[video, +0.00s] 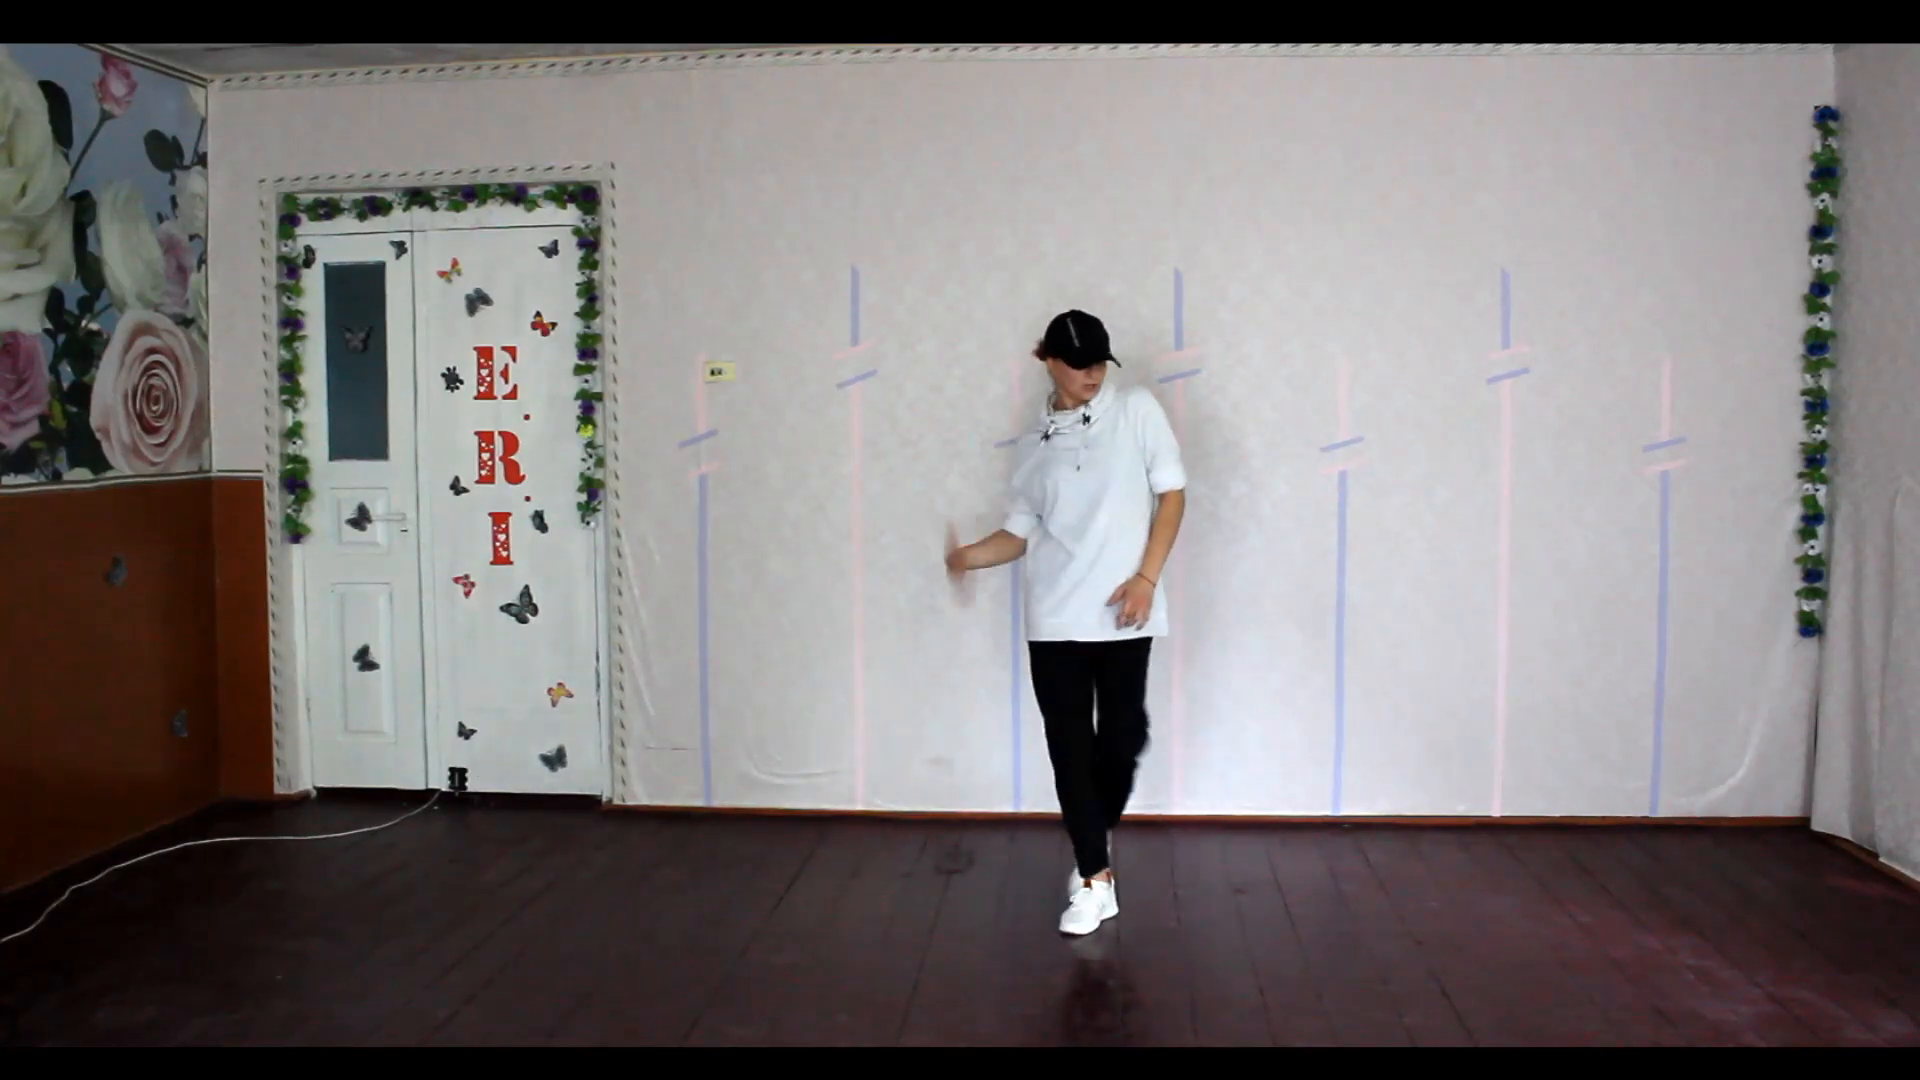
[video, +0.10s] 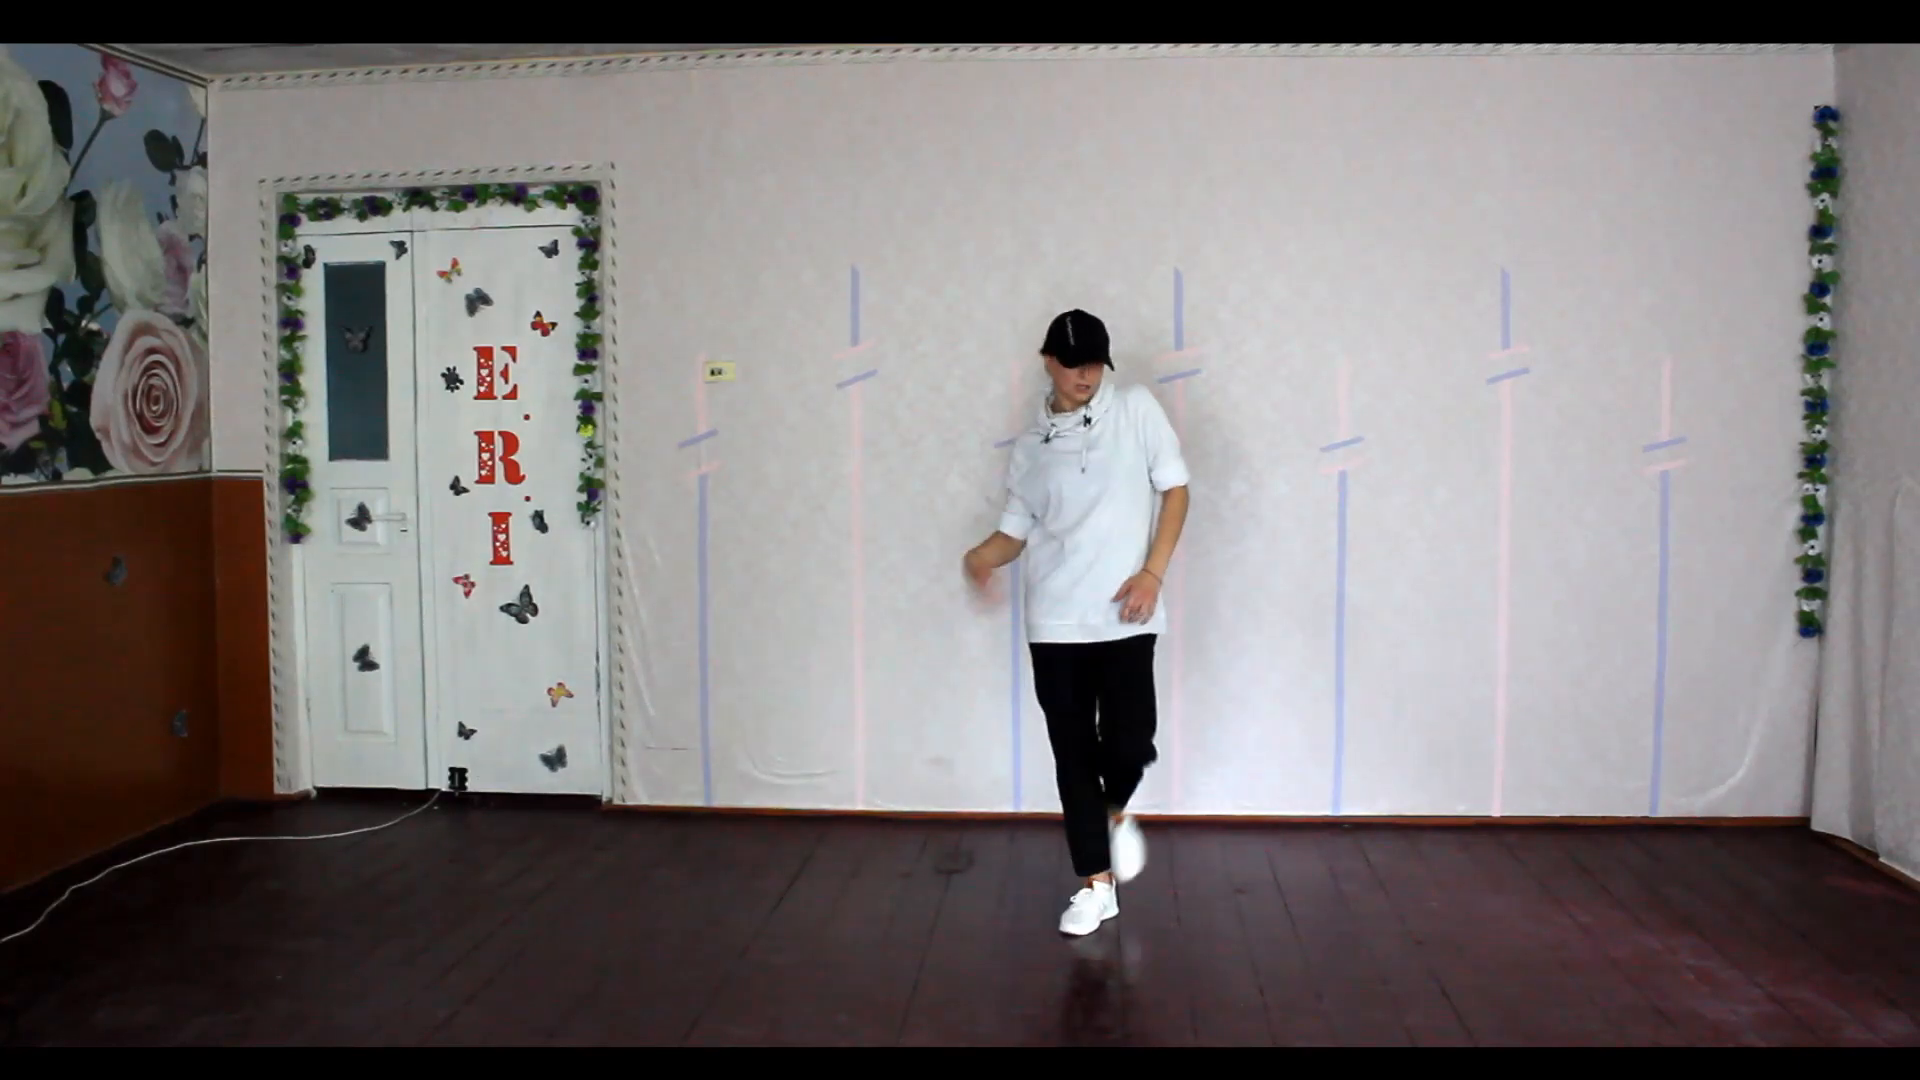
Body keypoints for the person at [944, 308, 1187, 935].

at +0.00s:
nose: (1094, 377)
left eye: (1100, 366)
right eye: (1082, 368)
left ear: (1108, 361)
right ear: (1051, 364)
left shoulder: (1134, 407)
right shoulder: (1035, 445)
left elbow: (1172, 494)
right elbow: (1018, 533)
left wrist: (1147, 577)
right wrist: (974, 554)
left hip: (1122, 617)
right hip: (1053, 623)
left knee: (1124, 739)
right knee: (1070, 750)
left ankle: (1091, 848)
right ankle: (1095, 879)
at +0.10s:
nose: (1083, 380)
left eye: (1093, 369)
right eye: (1071, 369)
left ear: (1106, 363)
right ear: (1049, 363)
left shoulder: (1134, 406)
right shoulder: (1032, 442)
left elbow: (1176, 491)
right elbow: (1018, 524)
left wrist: (1153, 572)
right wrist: (983, 556)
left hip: (1125, 620)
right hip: (1055, 626)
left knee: (1133, 745)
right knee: (1074, 758)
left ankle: (1113, 811)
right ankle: (1094, 882)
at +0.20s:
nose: (1085, 374)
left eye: (1096, 364)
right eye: (1075, 362)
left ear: (1111, 360)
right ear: (1055, 356)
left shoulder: (1141, 407)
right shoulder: (1028, 437)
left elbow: (1180, 486)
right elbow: (1002, 526)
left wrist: (1155, 558)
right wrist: (1027, 528)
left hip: (1121, 605)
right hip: (1055, 616)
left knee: (1115, 728)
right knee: (1073, 754)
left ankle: (1129, 808)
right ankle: (1095, 881)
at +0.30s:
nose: (1092, 367)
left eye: (1103, 356)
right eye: (1081, 355)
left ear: (1119, 357)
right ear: (1062, 352)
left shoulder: (1143, 412)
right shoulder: (1026, 429)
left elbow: (1188, 491)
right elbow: (987, 518)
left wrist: (1147, 544)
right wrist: (1063, 516)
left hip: (1121, 601)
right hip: (1053, 612)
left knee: (1107, 721)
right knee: (1074, 745)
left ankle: (1121, 849)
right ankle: (1093, 881)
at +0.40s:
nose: (1099, 375)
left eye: (1110, 364)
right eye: (1088, 363)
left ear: (1124, 367)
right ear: (1068, 362)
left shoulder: (1149, 431)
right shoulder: (1033, 431)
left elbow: (1207, 497)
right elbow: (981, 507)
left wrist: (1136, 524)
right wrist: (1080, 506)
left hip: (1122, 615)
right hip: (1052, 621)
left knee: (1106, 748)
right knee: (1074, 755)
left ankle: (1107, 894)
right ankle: (1093, 880)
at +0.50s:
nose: (1105, 394)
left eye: (1116, 384)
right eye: (1094, 383)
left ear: (1132, 379)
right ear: (1073, 375)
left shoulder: (1153, 430)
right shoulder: (1034, 426)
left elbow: (1233, 459)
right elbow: (954, 456)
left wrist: (1160, 494)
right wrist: (1038, 478)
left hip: (1125, 637)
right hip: (1048, 636)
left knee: (1107, 771)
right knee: (1056, 770)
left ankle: (1096, 906)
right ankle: (1079, 868)